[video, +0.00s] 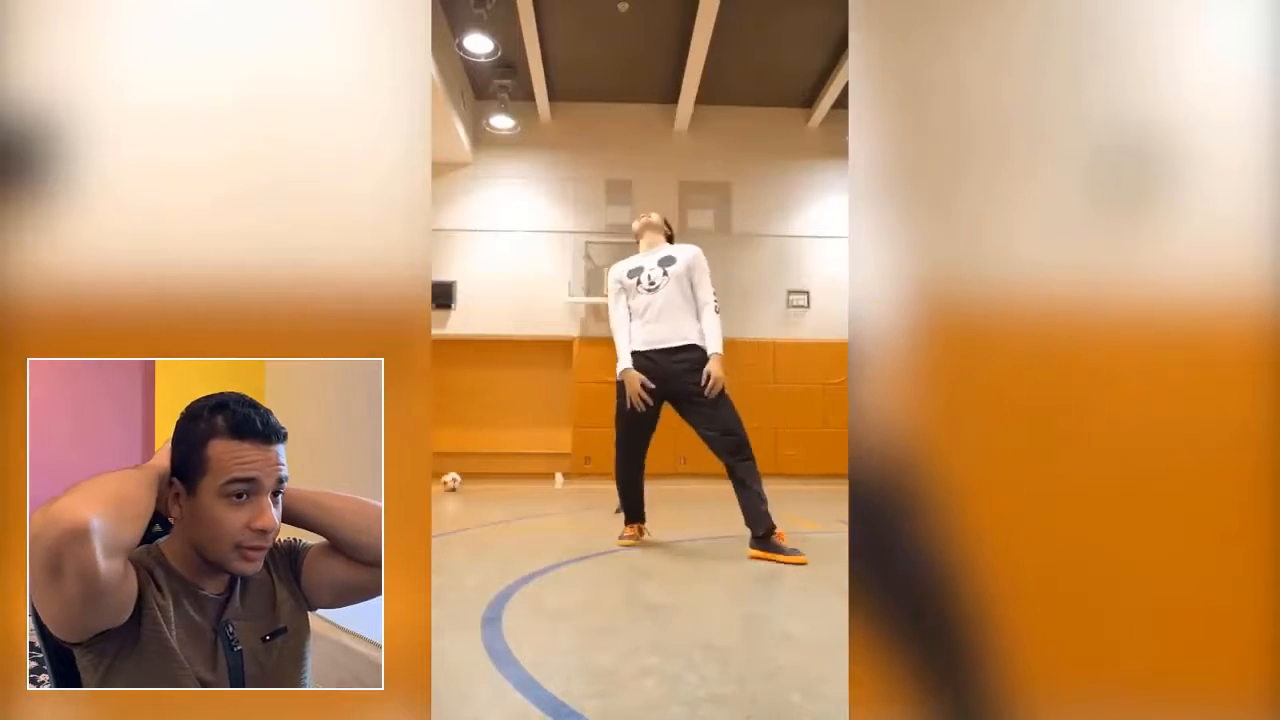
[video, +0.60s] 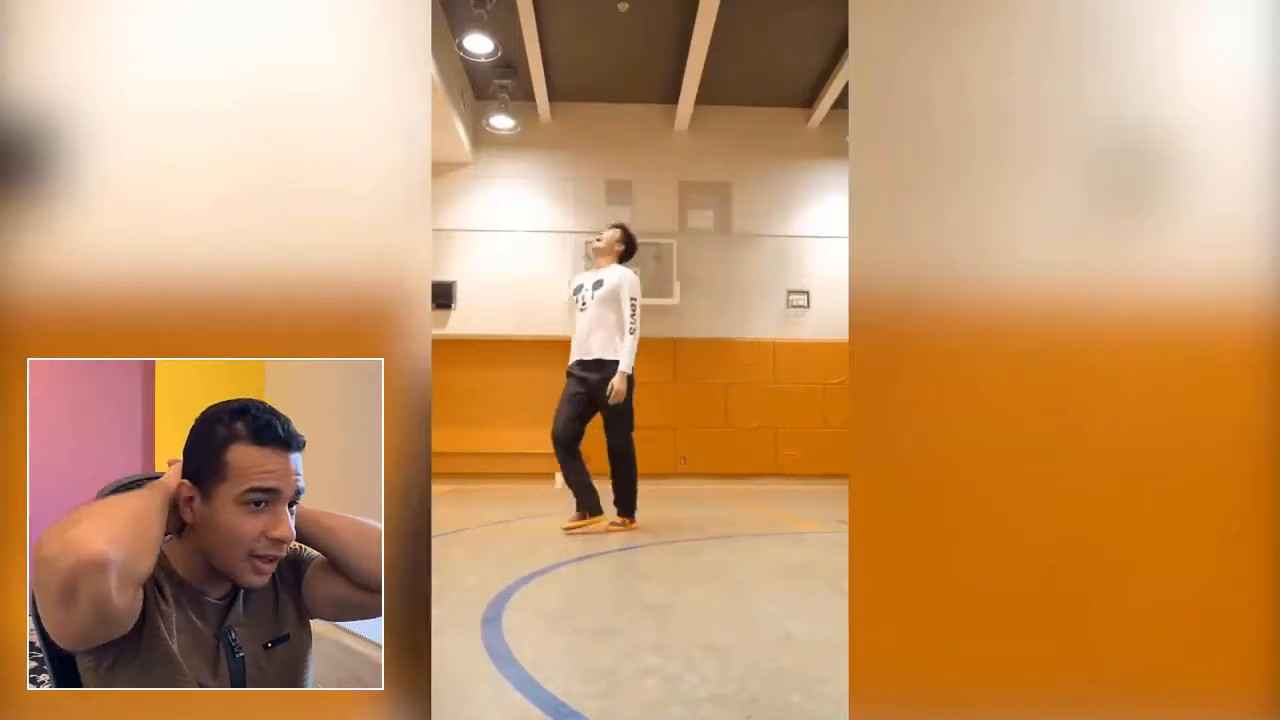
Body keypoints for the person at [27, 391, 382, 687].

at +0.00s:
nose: (267, 522)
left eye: (276, 494)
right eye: (239, 495)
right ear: (177, 501)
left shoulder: (283, 573)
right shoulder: (117, 598)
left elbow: (397, 551)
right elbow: (72, 534)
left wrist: (270, 494)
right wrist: (156, 473)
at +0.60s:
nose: (284, 534)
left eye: (292, 504)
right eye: (257, 504)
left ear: (295, 502)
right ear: (191, 503)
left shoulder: (285, 578)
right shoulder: (119, 595)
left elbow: (398, 578)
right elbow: (91, 559)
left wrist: (288, 513)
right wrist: (166, 489)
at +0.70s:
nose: (279, 529)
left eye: (290, 501)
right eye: (254, 500)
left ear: (295, 502)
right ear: (189, 500)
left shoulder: (285, 581)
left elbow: (396, 584)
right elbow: (107, 596)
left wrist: (284, 514)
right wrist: (163, 501)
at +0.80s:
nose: (273, 528)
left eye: (284, 501)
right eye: (244, 498)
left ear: (290, 501)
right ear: (184, 497)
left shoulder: (281, 578)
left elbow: (396, 605)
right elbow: (140, 628)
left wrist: (282, 520)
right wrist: (164, 507)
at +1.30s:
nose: (284, 537)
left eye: (295, 508)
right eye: (254, 507)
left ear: (301, 505)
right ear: (193, 504)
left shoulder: (281, 586)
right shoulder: (99, 601)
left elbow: (392, 642)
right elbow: (178, 667)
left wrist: (290, 530)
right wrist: (174, 522)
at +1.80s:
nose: (289, 534)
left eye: (299, 506)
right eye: (259, 506)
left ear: (307, 502)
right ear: (195, 507)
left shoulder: (284, 596)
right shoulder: (107, 607)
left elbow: (383, 679)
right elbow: (164, 711)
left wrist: (292, 562)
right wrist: (195, 570)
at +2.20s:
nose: (279, 528)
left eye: (290, 501)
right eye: (248, 501)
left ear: (298, 501)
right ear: (189, 505)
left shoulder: (300, 592)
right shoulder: (105, 612)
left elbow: (381, 693)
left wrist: (291, 610)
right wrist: (213, 613)